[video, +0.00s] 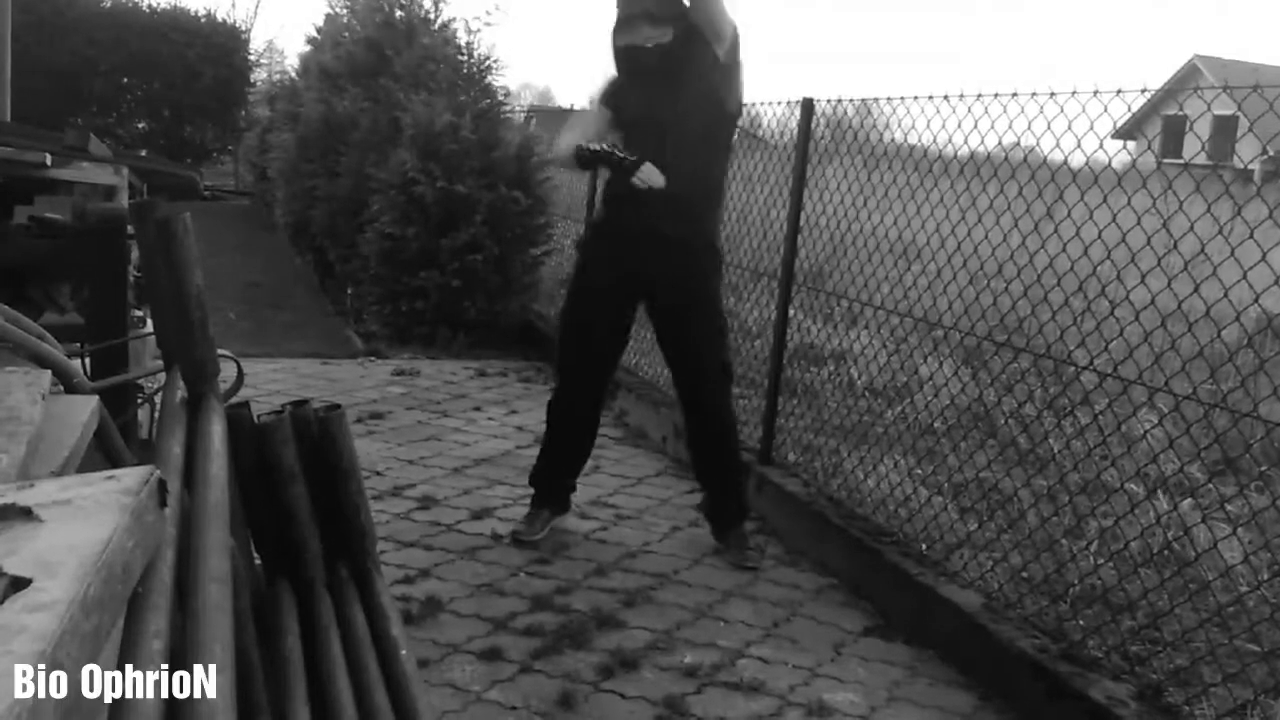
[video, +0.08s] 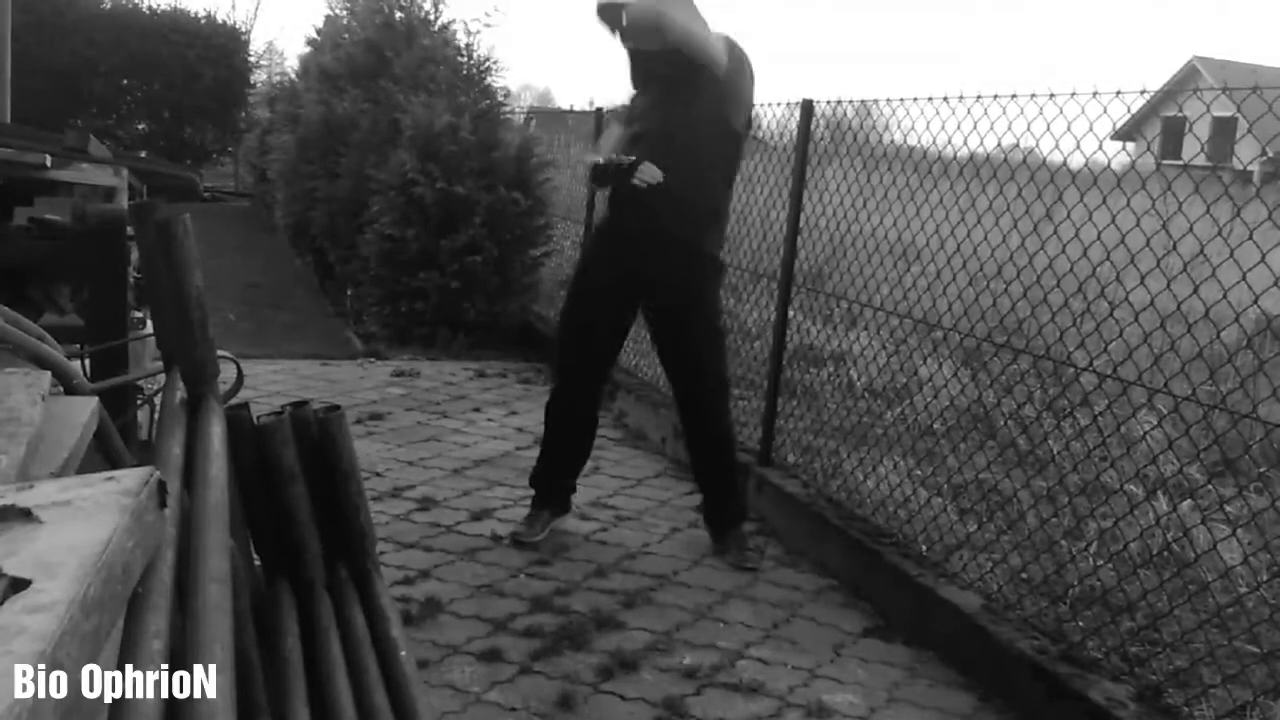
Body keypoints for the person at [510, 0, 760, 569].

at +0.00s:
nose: (642, 57)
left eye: (654, 44)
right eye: (630, 46)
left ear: (678, 35)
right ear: (618, 41)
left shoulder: (712, 80)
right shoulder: (622, 90)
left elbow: (718, 23)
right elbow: (574, 144)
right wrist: (582, 152)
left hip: (684, 255)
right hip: (612, 248)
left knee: (706, 386)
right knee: (580, 375)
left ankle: (730, 521)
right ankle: (550, 498)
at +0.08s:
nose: (627, 46)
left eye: (638, 34)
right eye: (626, 40)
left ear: (675, 28)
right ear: (632, 48)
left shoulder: (729, 66)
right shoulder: (640, 99)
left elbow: (650, 17)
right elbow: (611, 140)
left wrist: (614, 11)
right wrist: (607, 161)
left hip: (684, 256)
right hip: (615, 248)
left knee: (704, 392)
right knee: (577, 374)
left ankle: (728, 524)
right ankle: (550, 498)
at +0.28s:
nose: (656, 35)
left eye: (667, 24)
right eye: (649, 24)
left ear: (696, 24)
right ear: (641, 23)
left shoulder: (733, 80)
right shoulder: (635, 61)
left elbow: (737, 161)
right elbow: (548, 51)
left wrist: (664, 133)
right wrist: (601, 78)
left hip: (687, 260)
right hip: (615, 248)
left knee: (705, 393)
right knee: (575, 375)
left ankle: (727, 525)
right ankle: (553, 501)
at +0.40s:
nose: (669, 14)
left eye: (681, 9)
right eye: (658, 8)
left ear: (698, 17)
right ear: (639, 13)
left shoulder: (710, 80)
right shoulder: (619, 55)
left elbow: (748, 167)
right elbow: (596, 21)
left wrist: (703, 126)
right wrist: (662, 52)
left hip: (688, 256)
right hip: (611, 249)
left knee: (712, 389)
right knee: (579, 381)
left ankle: (734, 521)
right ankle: (553, 504)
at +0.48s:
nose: (675, 20)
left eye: (685, 12)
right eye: (661, 10)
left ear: (695, 21)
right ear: (635, 12)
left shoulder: (690, 84)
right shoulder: (613, 55)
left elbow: (735, 172)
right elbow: (655, 85)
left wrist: (702, 115)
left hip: (686, 253)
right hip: (613, 249)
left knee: (713, 386)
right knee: (582, 382)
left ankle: (735, 520)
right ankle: (554, 504)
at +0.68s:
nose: (659, 40)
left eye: (670, 28)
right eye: (645, 27)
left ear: (683, 30)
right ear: (620, 27)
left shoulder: (685, 80)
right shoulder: (596, 76)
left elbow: (736, 161)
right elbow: (653, 142)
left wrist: (710, 91)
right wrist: (678, 76)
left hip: (691, 261)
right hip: (617, 260)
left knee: (719, 387)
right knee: (585, 385)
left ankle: (731, 520)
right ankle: (554, 505)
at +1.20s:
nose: (670, 13)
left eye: (677, 7)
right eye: (660, 10)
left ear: (693, 12)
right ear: (645, 14)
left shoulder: (719, 65)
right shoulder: (623, 54)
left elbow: (707, 90)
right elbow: (596, 80)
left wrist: (691, 26)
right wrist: (616, 13)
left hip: (688, 253)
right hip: (614, 245)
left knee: (710, 390)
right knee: (575, 376)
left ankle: (727, 523)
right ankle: (553, 503)